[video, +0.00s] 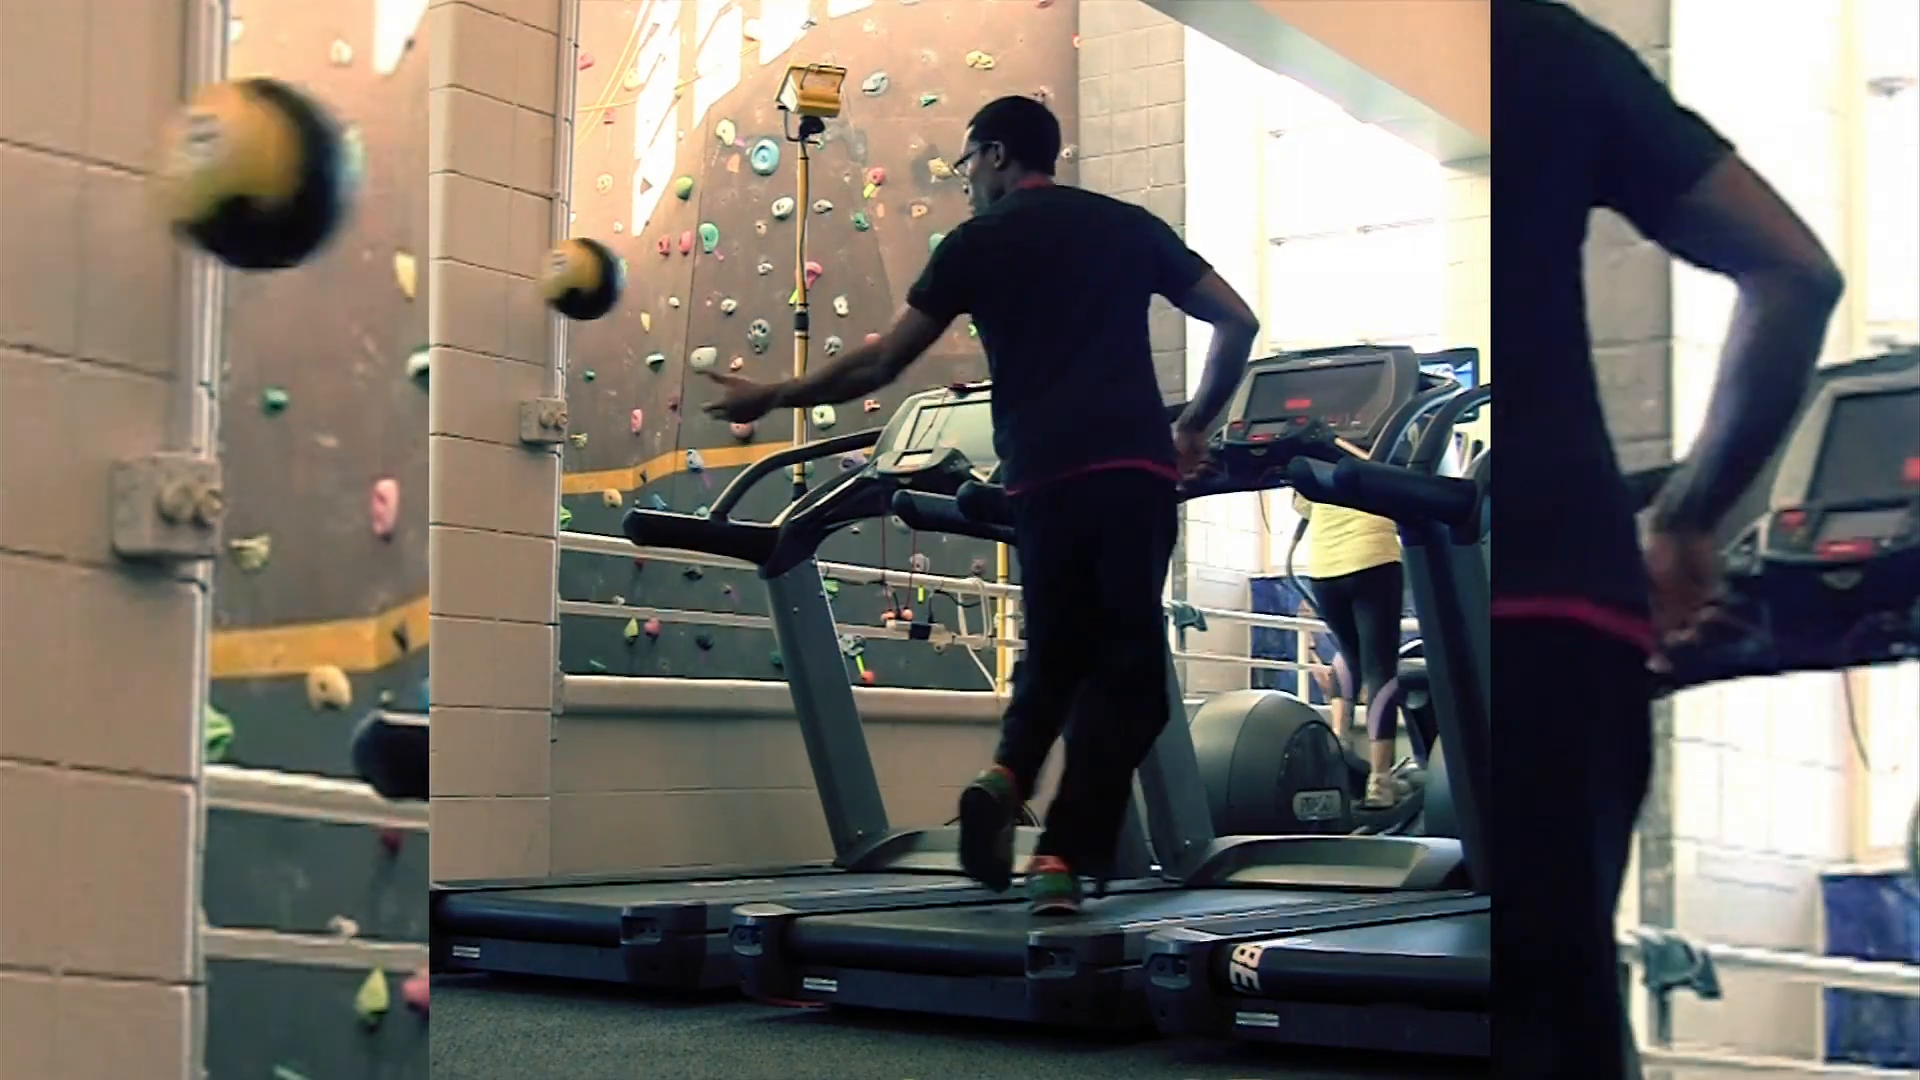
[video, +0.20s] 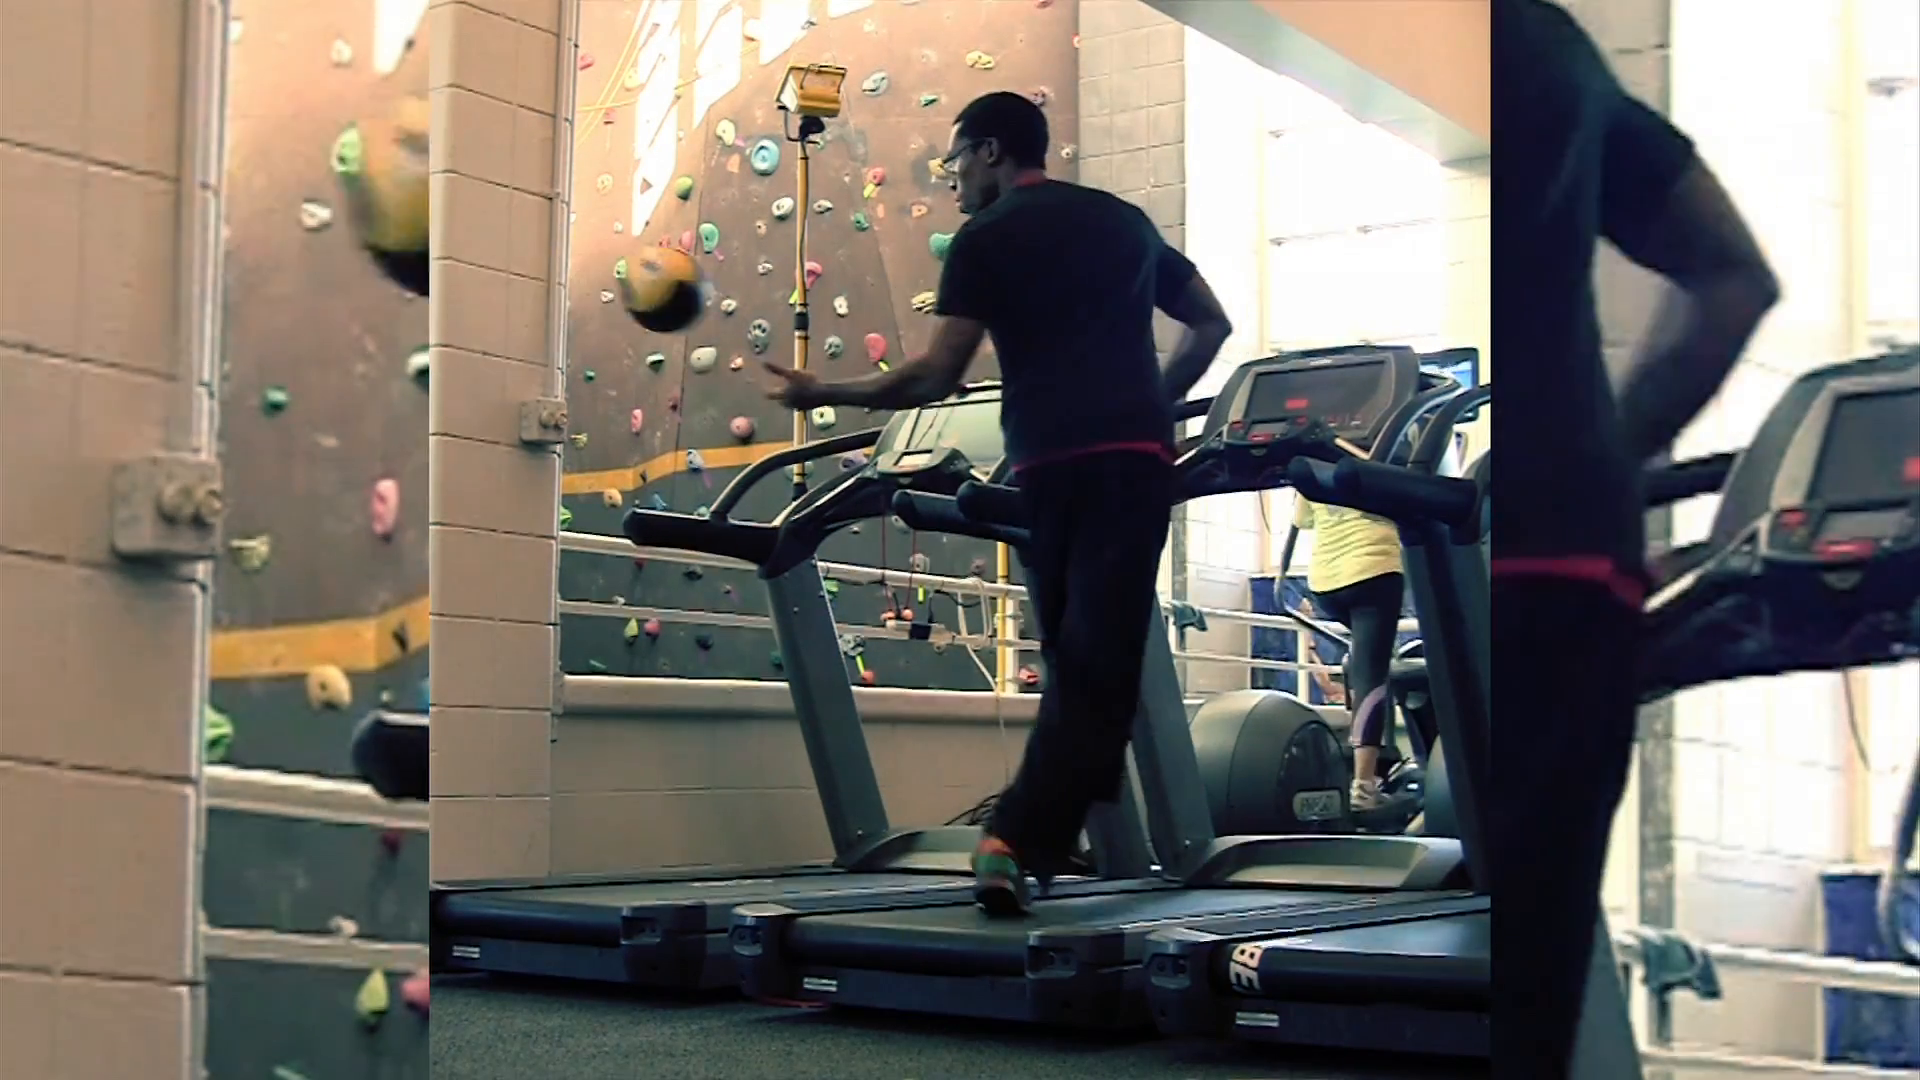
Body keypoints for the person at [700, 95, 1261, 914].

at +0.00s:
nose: (962, 179)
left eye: (967, 163)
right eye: (962, 165)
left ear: (998, 158)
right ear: (1048, 158)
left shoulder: (976, 243)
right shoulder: (1126, 224)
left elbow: (881, 361)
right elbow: (1237, 321)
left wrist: (772, 393)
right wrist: (1199, 422)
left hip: (1047, 479)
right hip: (1139, 472)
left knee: (1054, 651)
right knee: (1134, 673)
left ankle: (1005, 779)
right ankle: (1064, 861)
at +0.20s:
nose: (951, 182)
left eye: (956, 162)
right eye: (949, 165)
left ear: (996, 154)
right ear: (1033, 155)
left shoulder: (985, 238)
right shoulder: (1121, 219)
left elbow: (938, 374)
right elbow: (1209, 324)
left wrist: (821, 390)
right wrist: (1158, 402)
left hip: (1049, 461)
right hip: (1139, 455)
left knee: (1070, 653)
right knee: (1101, 661)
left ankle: (1068, 838)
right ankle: (1013, 841)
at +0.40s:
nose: (943, 180)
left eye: (947, 160)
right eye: (940, 164)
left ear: (990, 147)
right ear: (1023, 148)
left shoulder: (1003, 230)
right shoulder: (1115, 209)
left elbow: (983, 381)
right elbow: (1176, 327)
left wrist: (862, 402)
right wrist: (1120, 397)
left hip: (1064, 457)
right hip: (1159, 445)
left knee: (1071, 648)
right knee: (1111, 649)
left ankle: (1170, 830)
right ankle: (1028, 793)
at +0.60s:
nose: (959, 187)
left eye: (966, 167)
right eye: (955, 172)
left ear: (1012, 158)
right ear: (1032, 162)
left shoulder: (1020, 250)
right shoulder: (1116, 233)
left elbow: (991, 400)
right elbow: (1168, 357)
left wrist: (884, 457)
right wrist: (1092, 422)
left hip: (1072, 493)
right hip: (1156, 485)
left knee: (1057, 678)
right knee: (1140, 662)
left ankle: (1121, 860)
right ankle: (1159, 759)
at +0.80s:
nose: (970, 172)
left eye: (979, 154)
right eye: (966, 158)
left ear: (1033, 143)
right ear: (1034, 150)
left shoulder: (1054, 215)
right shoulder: (1097, 217)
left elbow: (1061, 347)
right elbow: (1166, 353)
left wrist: (958, 419)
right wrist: (1118, 437)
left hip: (1074, 472)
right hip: (1132, 470)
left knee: (1031, 666)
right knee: (1108, 666)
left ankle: (1075, 865)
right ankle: (1265, 757)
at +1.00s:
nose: (982, 143)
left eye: (993, 124)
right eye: (974, 131)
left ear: (1040, 112)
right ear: (983, 131)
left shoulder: (1082, 169)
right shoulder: (1039, 203)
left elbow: (1172, 240)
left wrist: (1108, 321)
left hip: (1108, 428)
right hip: (1087, 431)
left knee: (1039, 620)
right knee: (1100, 637)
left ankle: (1042, 827)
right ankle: (1233, 796)